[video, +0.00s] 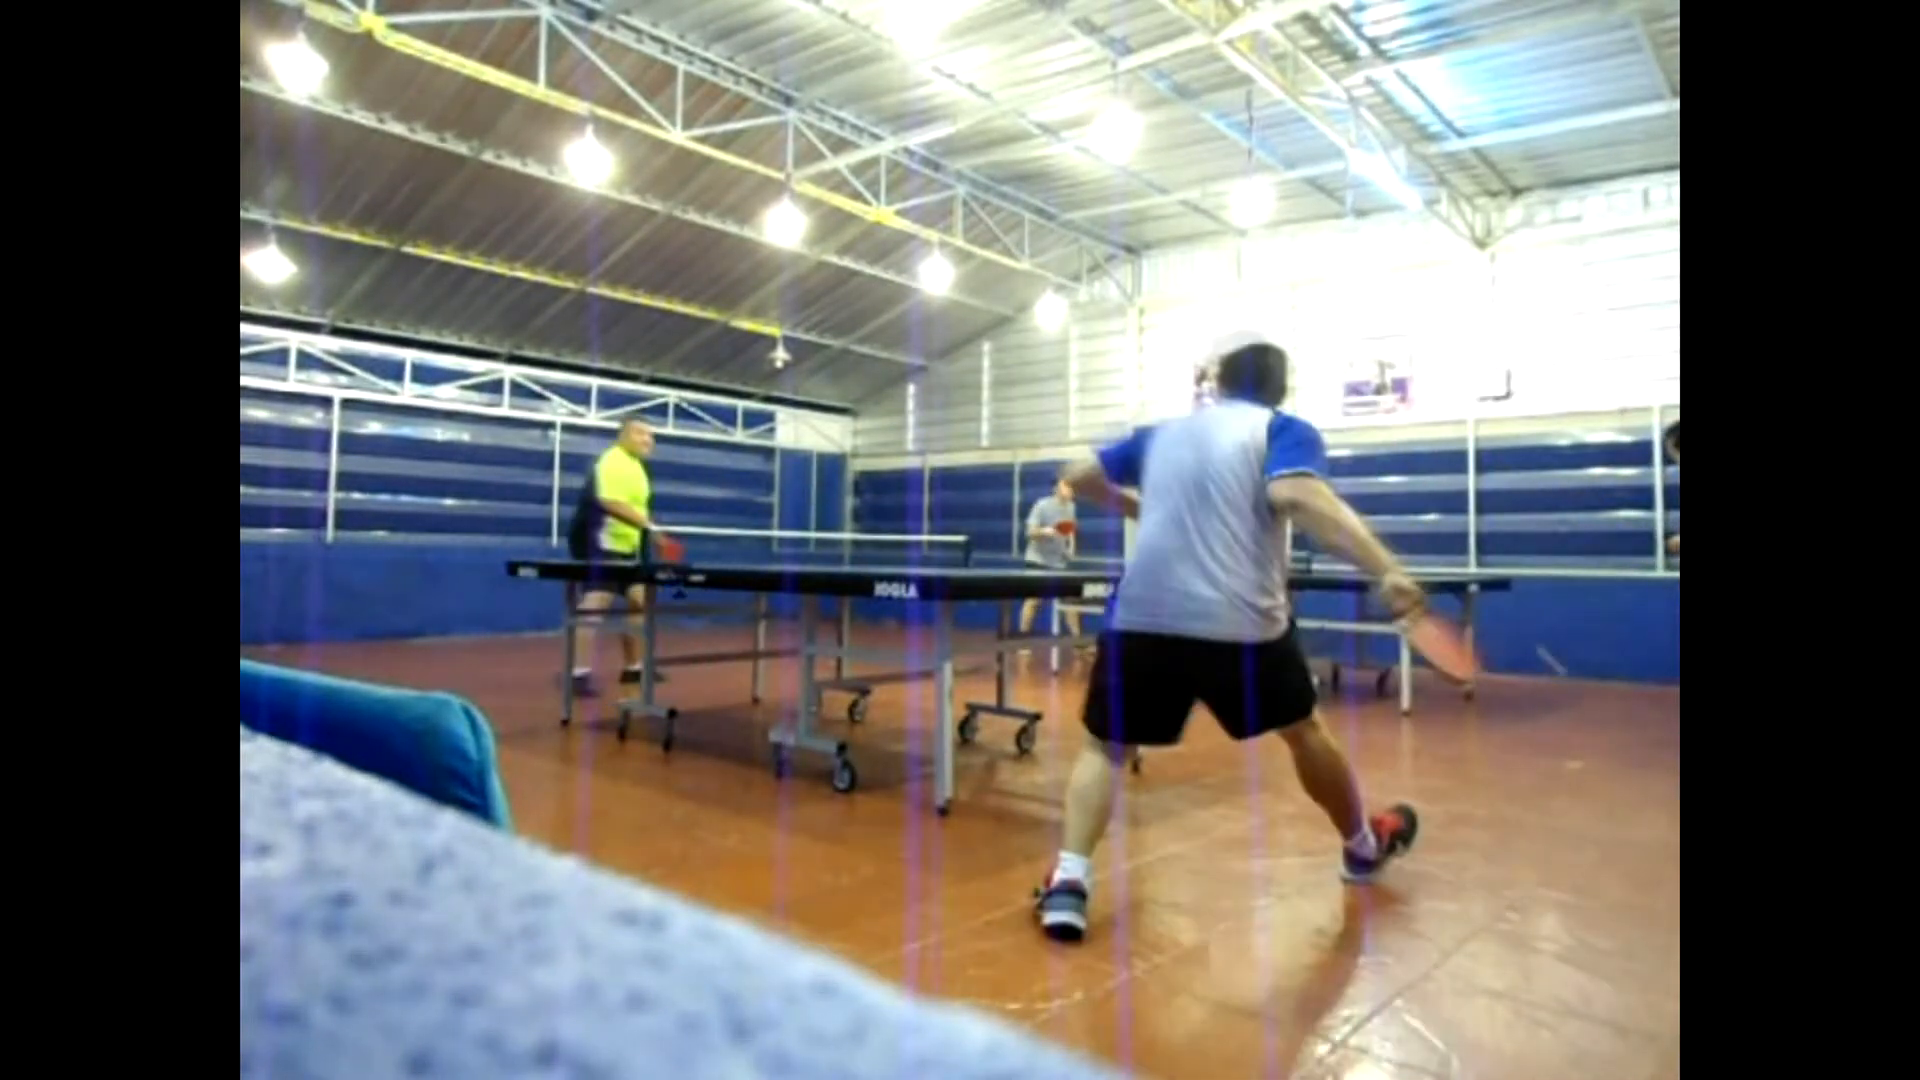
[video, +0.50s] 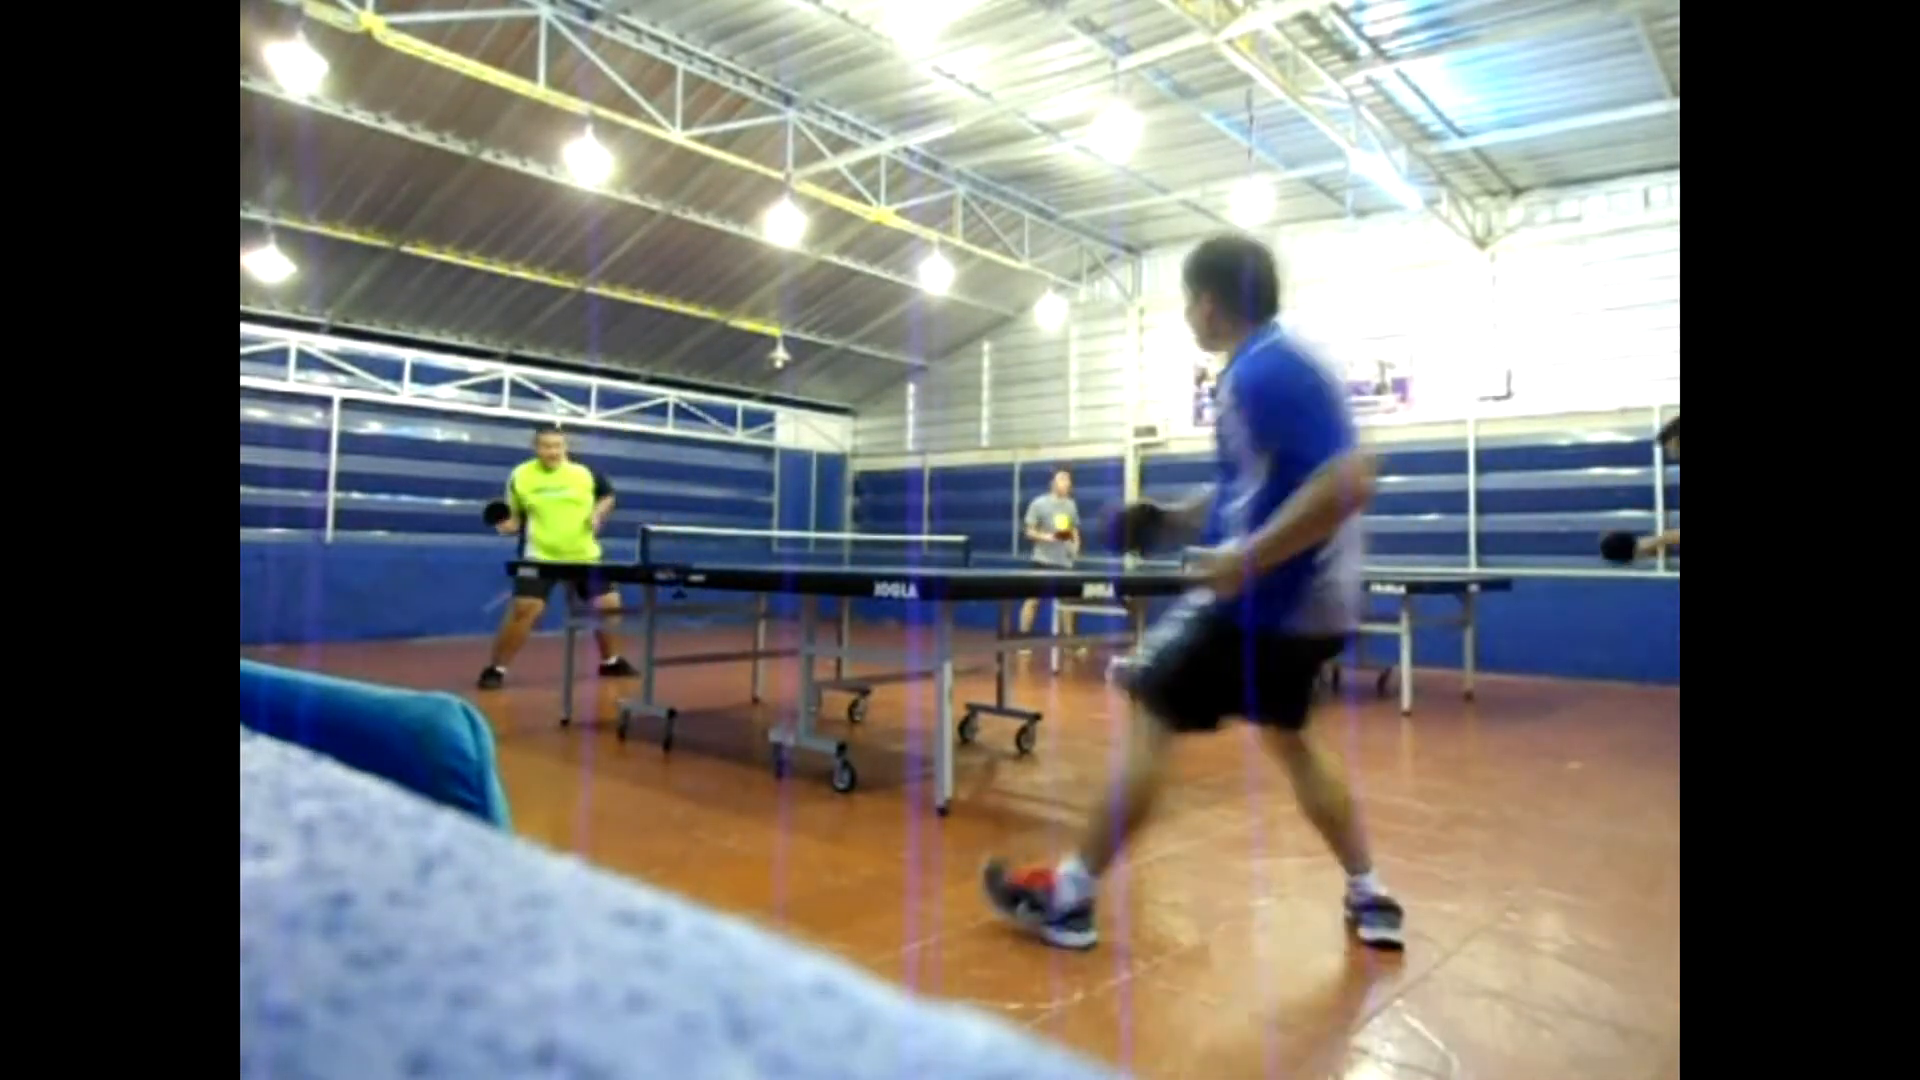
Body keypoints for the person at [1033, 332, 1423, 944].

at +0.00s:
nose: (1291, 400)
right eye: (1288, 391)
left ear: (1215, 384)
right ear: (1277, 389)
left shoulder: (1162, 433)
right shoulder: (1284, 429)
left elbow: (1077, 479)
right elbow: (1294, 493)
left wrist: (1138, 508)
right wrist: (1386, 570)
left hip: (1143, 622)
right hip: (1239, 625)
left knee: (1103, 748)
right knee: (1303, 734)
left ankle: (1067, 882)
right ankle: (1361, 843)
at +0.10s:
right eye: (1227, 343)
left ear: (1166, 345)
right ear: (1228, 347)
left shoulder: (1126, 398)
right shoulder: (1273, 411)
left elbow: (1062, 488)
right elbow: (1336, 511)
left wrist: (1119, 472)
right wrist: (1436, 572)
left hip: (1156, 613)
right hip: (1257, 612)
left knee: (1093, 732)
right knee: (1313, 728)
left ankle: (1067, 891)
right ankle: (1384, 866)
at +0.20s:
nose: (1132, 353)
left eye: (1130, 342)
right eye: (1134, 342)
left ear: (1139, 341)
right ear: (1204, 328)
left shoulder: (1142, 406)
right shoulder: (1268, 377)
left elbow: (1096, 521)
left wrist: (1068, 484)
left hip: (1167, 618)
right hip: (1268, 617)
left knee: (1074, 718)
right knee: (1302, 725)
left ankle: (1061, 898)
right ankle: (1359, 874)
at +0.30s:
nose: (1140, 350)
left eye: (1142, 338)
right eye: (1138, 338)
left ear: (1157, 340)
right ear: (1215, 329)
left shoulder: (1171, 413)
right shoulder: (1269, 375)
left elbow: (1134, 541)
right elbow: (1215, 380)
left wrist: (1084, 494)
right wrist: (1150, 373)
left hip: (1187, 617)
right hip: (1280, 610)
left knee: (1068, 714)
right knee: (1271, 746)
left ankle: (1058, 896)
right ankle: (1340, 891)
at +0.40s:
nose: (1160, 341)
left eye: (1164, 326)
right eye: (1160, 326)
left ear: (1186, 330)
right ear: (1233, 324)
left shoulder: (1221, 411)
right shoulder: (1276, 390)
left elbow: (1224, 545)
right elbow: (1199, 465)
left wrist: (1132, 542)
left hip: (1206, 621)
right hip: (1274, 625)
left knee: (1081, 707)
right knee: (1254, 749)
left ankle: (1056, 895)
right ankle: (1356, 891)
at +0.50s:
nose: (1189, 314)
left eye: (1193, 298)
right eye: (1189, 298)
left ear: (1219, 300)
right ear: (1254, 298)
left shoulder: (1270, 369)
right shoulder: (1263, 370)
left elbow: (1345, 478)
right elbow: (1257, 492)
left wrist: (1249, 557)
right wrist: (1173, 518)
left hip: (1262, 602)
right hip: (1310, 606)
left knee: (1153, 705)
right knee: (1287, 732)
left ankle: (1072, 890)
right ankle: (1368, 892)